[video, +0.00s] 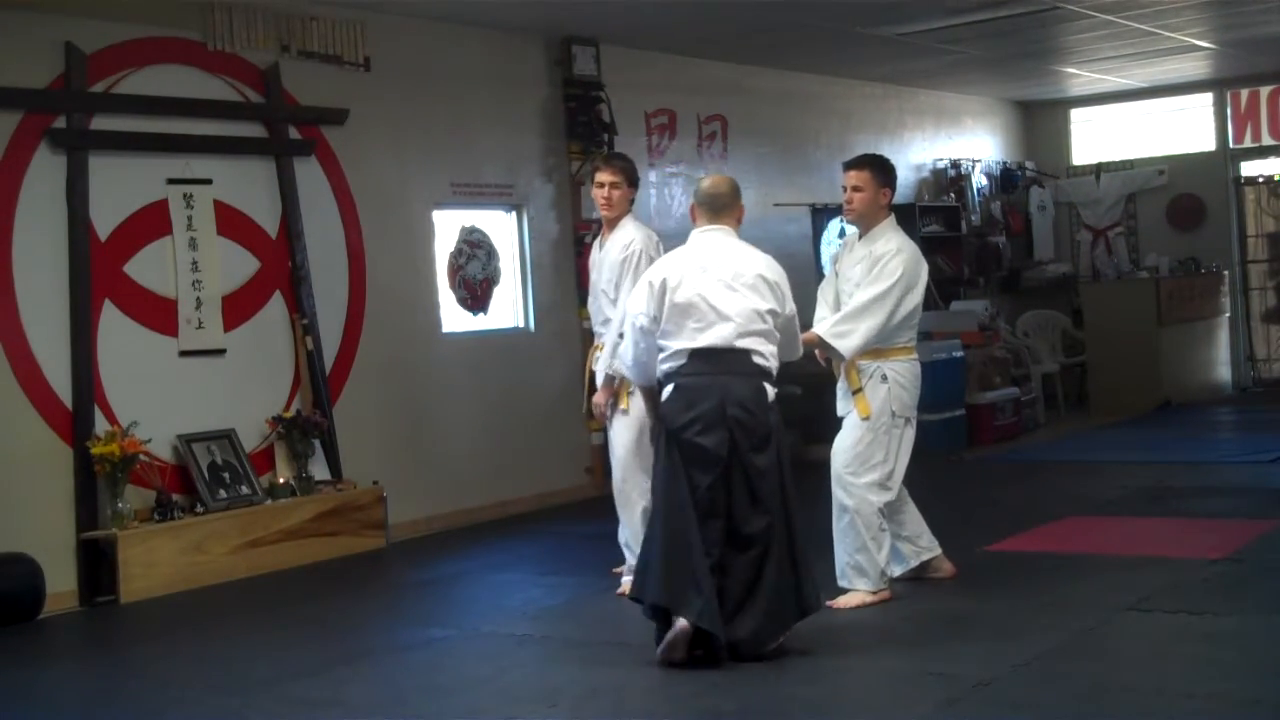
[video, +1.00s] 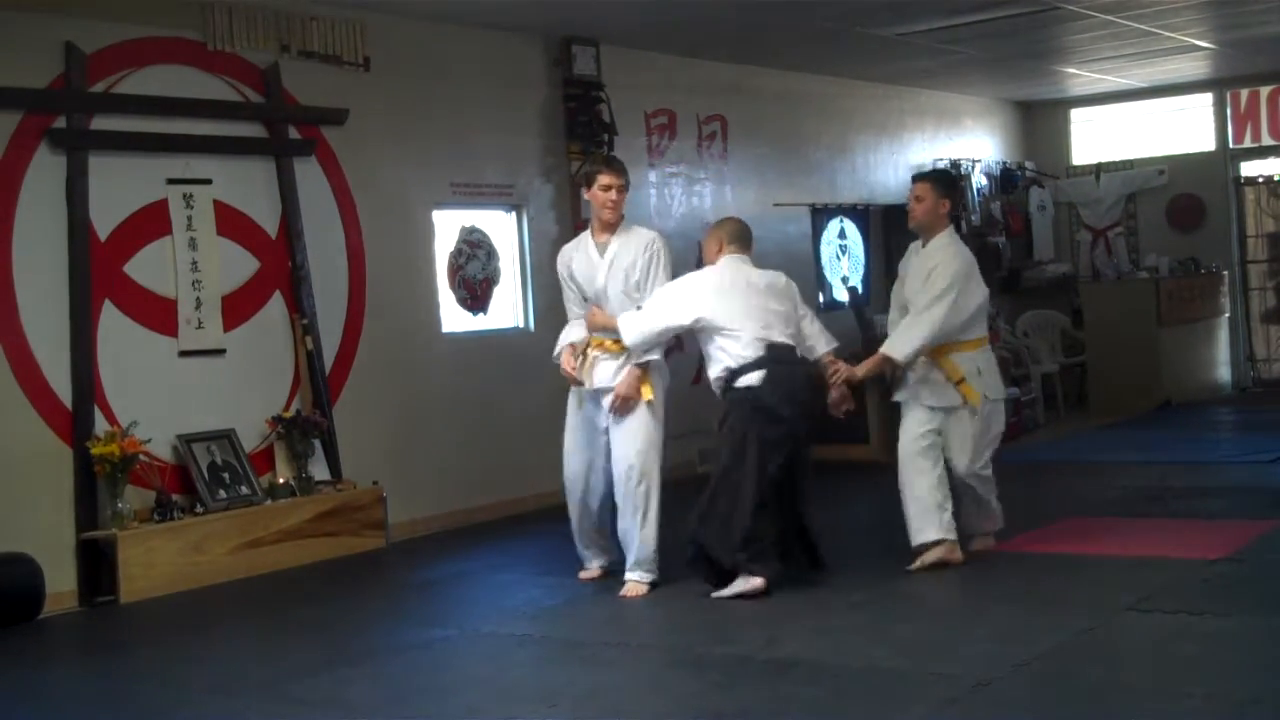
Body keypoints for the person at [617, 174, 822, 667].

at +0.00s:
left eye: (695, 210)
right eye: (740, 213)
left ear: (692, 214)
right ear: (740, 215)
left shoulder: (663, 270)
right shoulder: (767, 267)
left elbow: (638, 352)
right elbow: (791, 347)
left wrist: (656, 405)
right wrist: (756, 361)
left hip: (688, 385)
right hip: (750, 384)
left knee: (690, 507)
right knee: (754, 506)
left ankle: (686, 612)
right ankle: (755, 625)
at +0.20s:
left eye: (710, 212)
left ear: (711, 216)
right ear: (758, 219)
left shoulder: (678, 269)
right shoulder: (779, 271)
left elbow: (648, 348)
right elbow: (799, 350)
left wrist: (663, 404)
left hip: (696, 388)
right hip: (757, 387)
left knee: (701, 503)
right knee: (761, 503)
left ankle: (705, 612)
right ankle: (763, 624)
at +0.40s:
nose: (710, 236)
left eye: (710, 230)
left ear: (713, 233)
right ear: (758, 237)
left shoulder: (683, 285)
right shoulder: (779, 285)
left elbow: (651, 350)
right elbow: (807, 357)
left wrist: (640, 408)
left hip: (699, 394)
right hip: (758, 393)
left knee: (709, 499)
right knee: (762, 502)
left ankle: (727, 600)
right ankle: (760, 611)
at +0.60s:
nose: (700, 247)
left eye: (698, 242)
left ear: (701, 243)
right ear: (743, 244)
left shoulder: (679, 288)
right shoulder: (768, 283)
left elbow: (640, 338)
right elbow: (816, 353)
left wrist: (617, 386)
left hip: (707, 386)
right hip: (762, 384)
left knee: (716, 489)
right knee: (774, 487)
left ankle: (731, 584)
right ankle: (778, 562)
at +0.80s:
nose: (696, 246)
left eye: (697, 241)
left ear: (702, 242)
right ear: (741, 244)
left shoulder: (686, 284)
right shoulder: (771, 275)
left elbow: (628, 316)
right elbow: (822, 321)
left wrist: (585, 316)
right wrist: (853, 370)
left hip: (728, 380)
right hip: (779, 379)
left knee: (730, 482)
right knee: (788, 477)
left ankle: (734, 582)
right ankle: (793, 567)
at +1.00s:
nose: (704, 253)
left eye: (706, 246)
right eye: (706, 246)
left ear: (717, 247)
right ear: (748, 249)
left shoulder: (703, 283)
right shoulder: (780, 282)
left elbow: (637, 327)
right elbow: (819, 340)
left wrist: (606, 321)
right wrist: (837, 380)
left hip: (754, 383)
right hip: (801, 377)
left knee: (742, 477)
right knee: (787, 476)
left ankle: (753, 569)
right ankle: (799, 559)